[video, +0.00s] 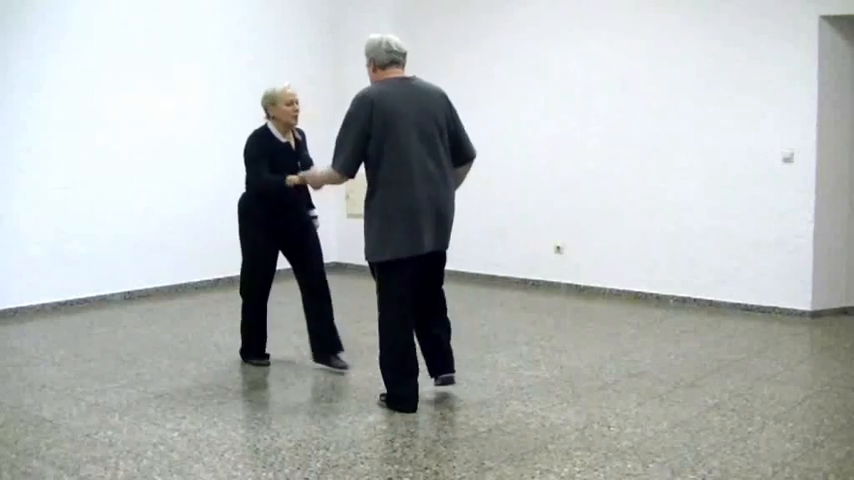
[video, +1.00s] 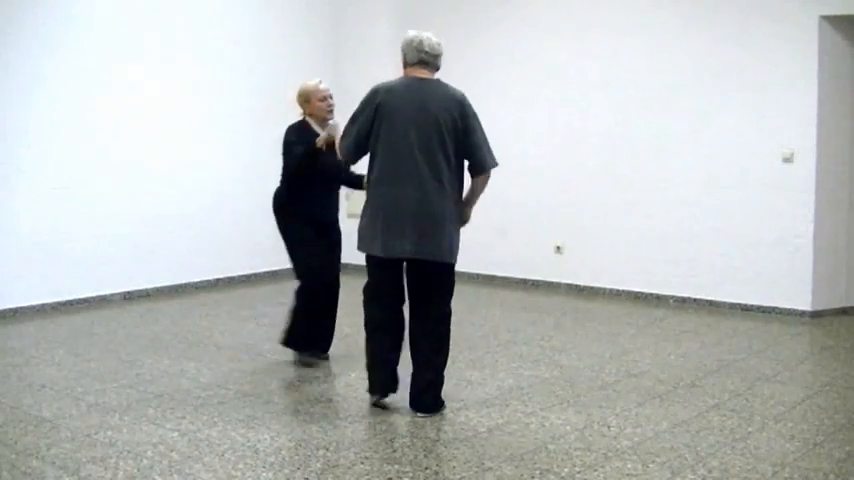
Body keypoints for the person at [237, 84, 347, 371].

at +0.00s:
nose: (296, 108)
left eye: (297, 103)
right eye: (289, 104)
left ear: (297, 108)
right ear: (271, 110)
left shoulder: (298, 136)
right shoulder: (257, 141)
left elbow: (303, 171)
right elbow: (258, 182)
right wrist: (291, 180)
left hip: (295, 219)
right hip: (260, 222)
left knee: (315, 282)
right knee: (256, 287)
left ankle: (326, 350)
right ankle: (252, 351)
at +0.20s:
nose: (284, 105)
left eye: (284, 101)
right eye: (277, 102)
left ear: (285, 105)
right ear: (260, 108)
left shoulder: (287, 135)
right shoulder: (247, 139)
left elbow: (293, 175)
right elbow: (246, 179)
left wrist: (311, 203)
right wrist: (279, 176)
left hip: (282, 215)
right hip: (249, 218)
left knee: (296, 277)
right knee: (250, 284)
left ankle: (276, 332)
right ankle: (250, 349)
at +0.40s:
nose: (279, 109)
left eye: (280, 104)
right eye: (272, 105)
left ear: (281, 108)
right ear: (256, 111)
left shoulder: (282, 137)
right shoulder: (245, 142)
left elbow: (287, 176)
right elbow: (247, 180)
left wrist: (310, 201)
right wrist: (281, 173)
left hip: (279, 216)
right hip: (247, 221)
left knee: (291, 278)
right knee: (252, 285)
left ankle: (269, 331)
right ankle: (249, 348)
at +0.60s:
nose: (288, 105)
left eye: (288, 101)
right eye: (281, 102)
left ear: (287, 104)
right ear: (264, 108)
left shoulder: (287, 137)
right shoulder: (253, 137)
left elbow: (287, 177)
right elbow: (260, 173)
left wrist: (305, 198)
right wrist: (293, 164)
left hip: (283, 214)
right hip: (252, 217)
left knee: (310, 266)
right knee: (254, 283)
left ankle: (300, 327)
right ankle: (250, 349)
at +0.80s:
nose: (305, 112)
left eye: (305, 107)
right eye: (298, 109)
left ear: (304, 111)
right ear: (281, 115)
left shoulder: (305, 144)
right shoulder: (271, 143)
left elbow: (306, 184)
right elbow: (273, 179)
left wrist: (328, 200)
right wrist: (303, 167)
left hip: (301, 223)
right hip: (271, 226)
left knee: (319, 283)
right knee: (272, 288)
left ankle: (309, 345)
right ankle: (253, 349)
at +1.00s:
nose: (330, 102)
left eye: (330, 98)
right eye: (323, 99)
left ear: (330, 103)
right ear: (307, 106)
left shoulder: (332, 135)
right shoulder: (296, 132)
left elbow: (340, 173)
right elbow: (294, 166)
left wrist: (368, 181)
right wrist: (319, 146)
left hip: (324, 213)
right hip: (295, 211)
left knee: (329, 277)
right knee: (314, 274)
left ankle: (318, 346)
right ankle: (299, 341)